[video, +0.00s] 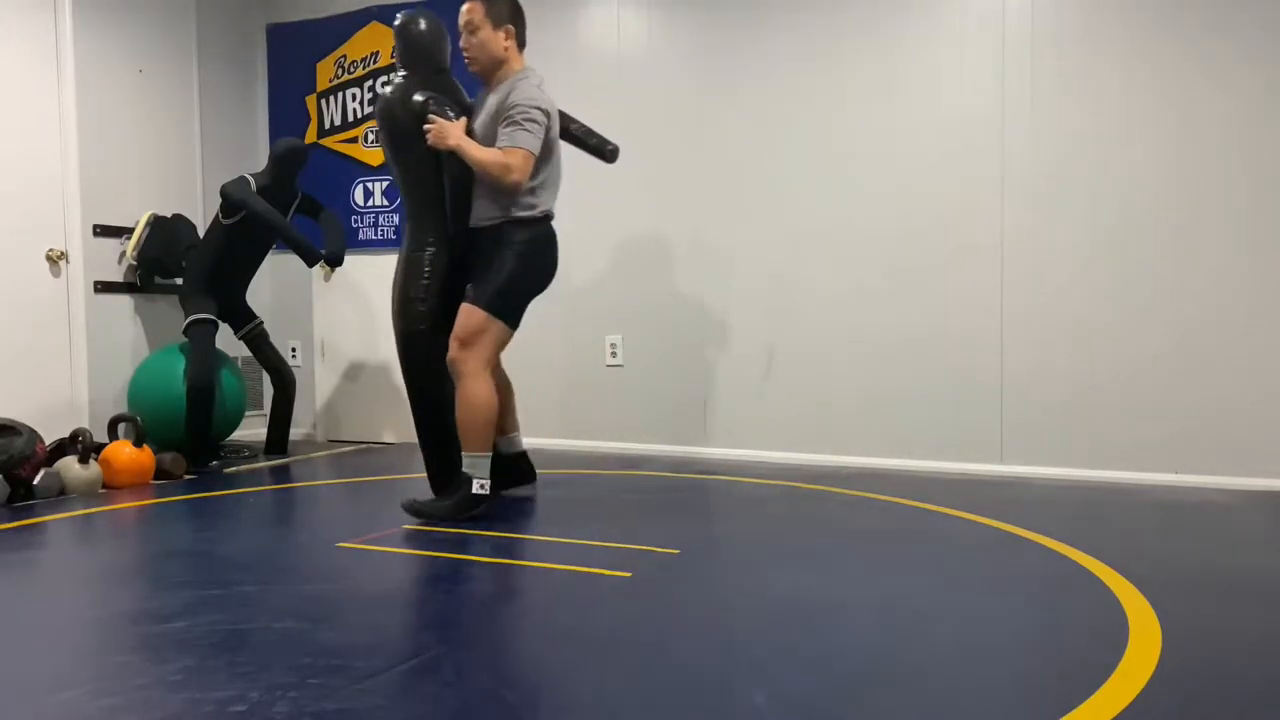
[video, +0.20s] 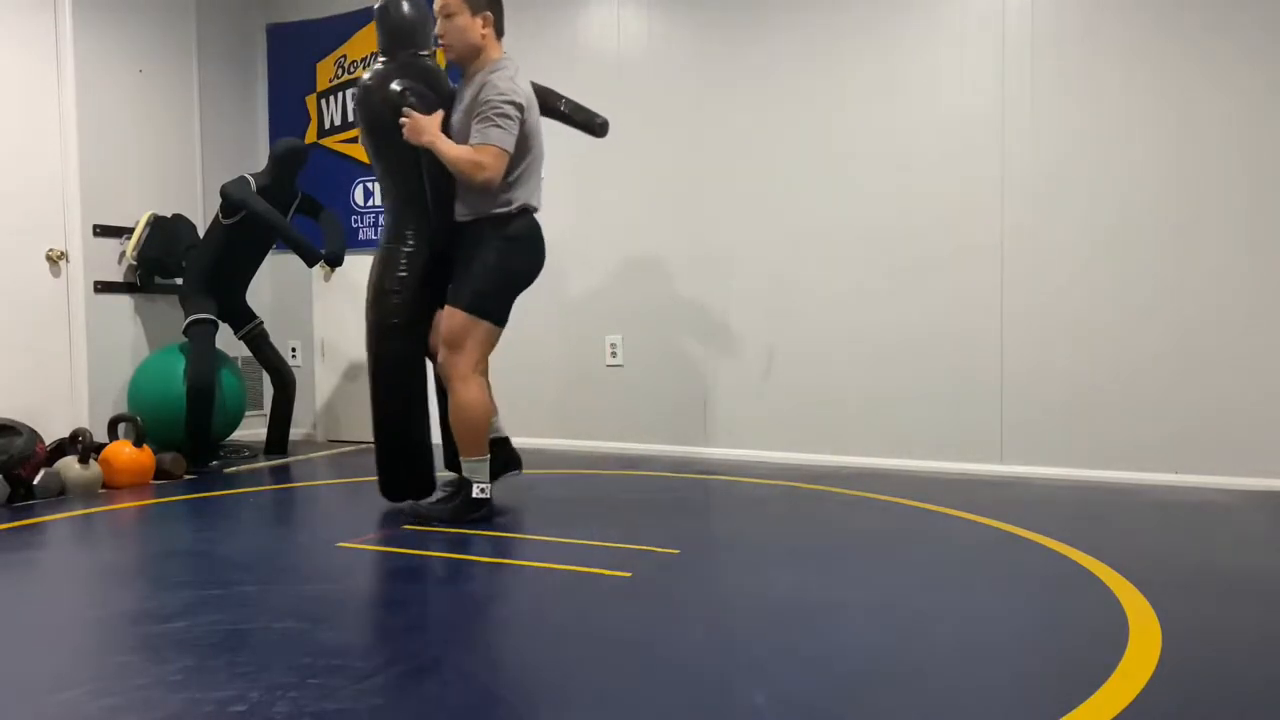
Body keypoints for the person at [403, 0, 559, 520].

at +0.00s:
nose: (463, 43)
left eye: (471, 31)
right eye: (461, 33)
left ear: (507, 36)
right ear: (496, 39)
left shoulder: (525, 93)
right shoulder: (491, 96)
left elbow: (514, 170)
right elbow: (485, 161)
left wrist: (458, 142)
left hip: (520, 241)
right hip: (494, 240)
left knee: (467, 351)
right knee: (482, 354)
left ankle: (472, 489)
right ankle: (512, 463)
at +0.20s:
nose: (438, 30)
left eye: (447, 17)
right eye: (437, 18)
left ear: (483, 24)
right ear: (476, 26)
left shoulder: (500, 86)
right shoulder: (475, 83)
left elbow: (487, 168)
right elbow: (466, 146)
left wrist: (433, 137)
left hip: (504, 236)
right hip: (480, 233)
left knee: (461, 358)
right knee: (441, 341)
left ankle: (474, 492)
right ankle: (495, 445)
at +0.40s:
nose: (419, 24)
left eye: (428, 14)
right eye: (419, 15)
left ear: (465, 18)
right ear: (460, 20)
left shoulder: (478, 81)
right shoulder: (461, 76)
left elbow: (461, 164)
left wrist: (412, 130)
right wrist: (411, 117)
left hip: (490, 237)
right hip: (463, 233)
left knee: (451, 362)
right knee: (419, 344)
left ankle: (471, 493)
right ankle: (432, 471)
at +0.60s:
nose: (403, 26)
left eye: (413, 14)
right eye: (402, 16)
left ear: (449, 20)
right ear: (443, 23)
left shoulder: (464, 79)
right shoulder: (442, 78)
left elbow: (447, 157)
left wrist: (398, 130)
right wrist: (395, 119)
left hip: (479, 237)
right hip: (448, 234)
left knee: (441, 365)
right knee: (413, 354)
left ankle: (471, 493)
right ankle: (410, 477)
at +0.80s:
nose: (395, 30)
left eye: (406, 17)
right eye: (393, 20)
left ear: (442, 25)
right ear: (430, 30)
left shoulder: (460, 82)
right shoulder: (421, 84)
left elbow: (453, 165)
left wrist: (396, 139)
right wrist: (338, 95)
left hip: (470, 240)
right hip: (444, 239)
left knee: (409, 361)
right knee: (419, 367)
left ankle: (464, 482)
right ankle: (413, 480)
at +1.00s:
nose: (382, 34)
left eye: (391, 21)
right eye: (381, 23)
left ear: (426, 24)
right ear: (414, 28)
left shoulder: (454, 86)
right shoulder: (421, 84)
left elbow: (447, 173)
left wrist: (387, 147)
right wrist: (344, 92)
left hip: (477, 239)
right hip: (453, 238)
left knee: (431, 360)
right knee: (414, 348)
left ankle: (463, 492)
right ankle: (417, 474)